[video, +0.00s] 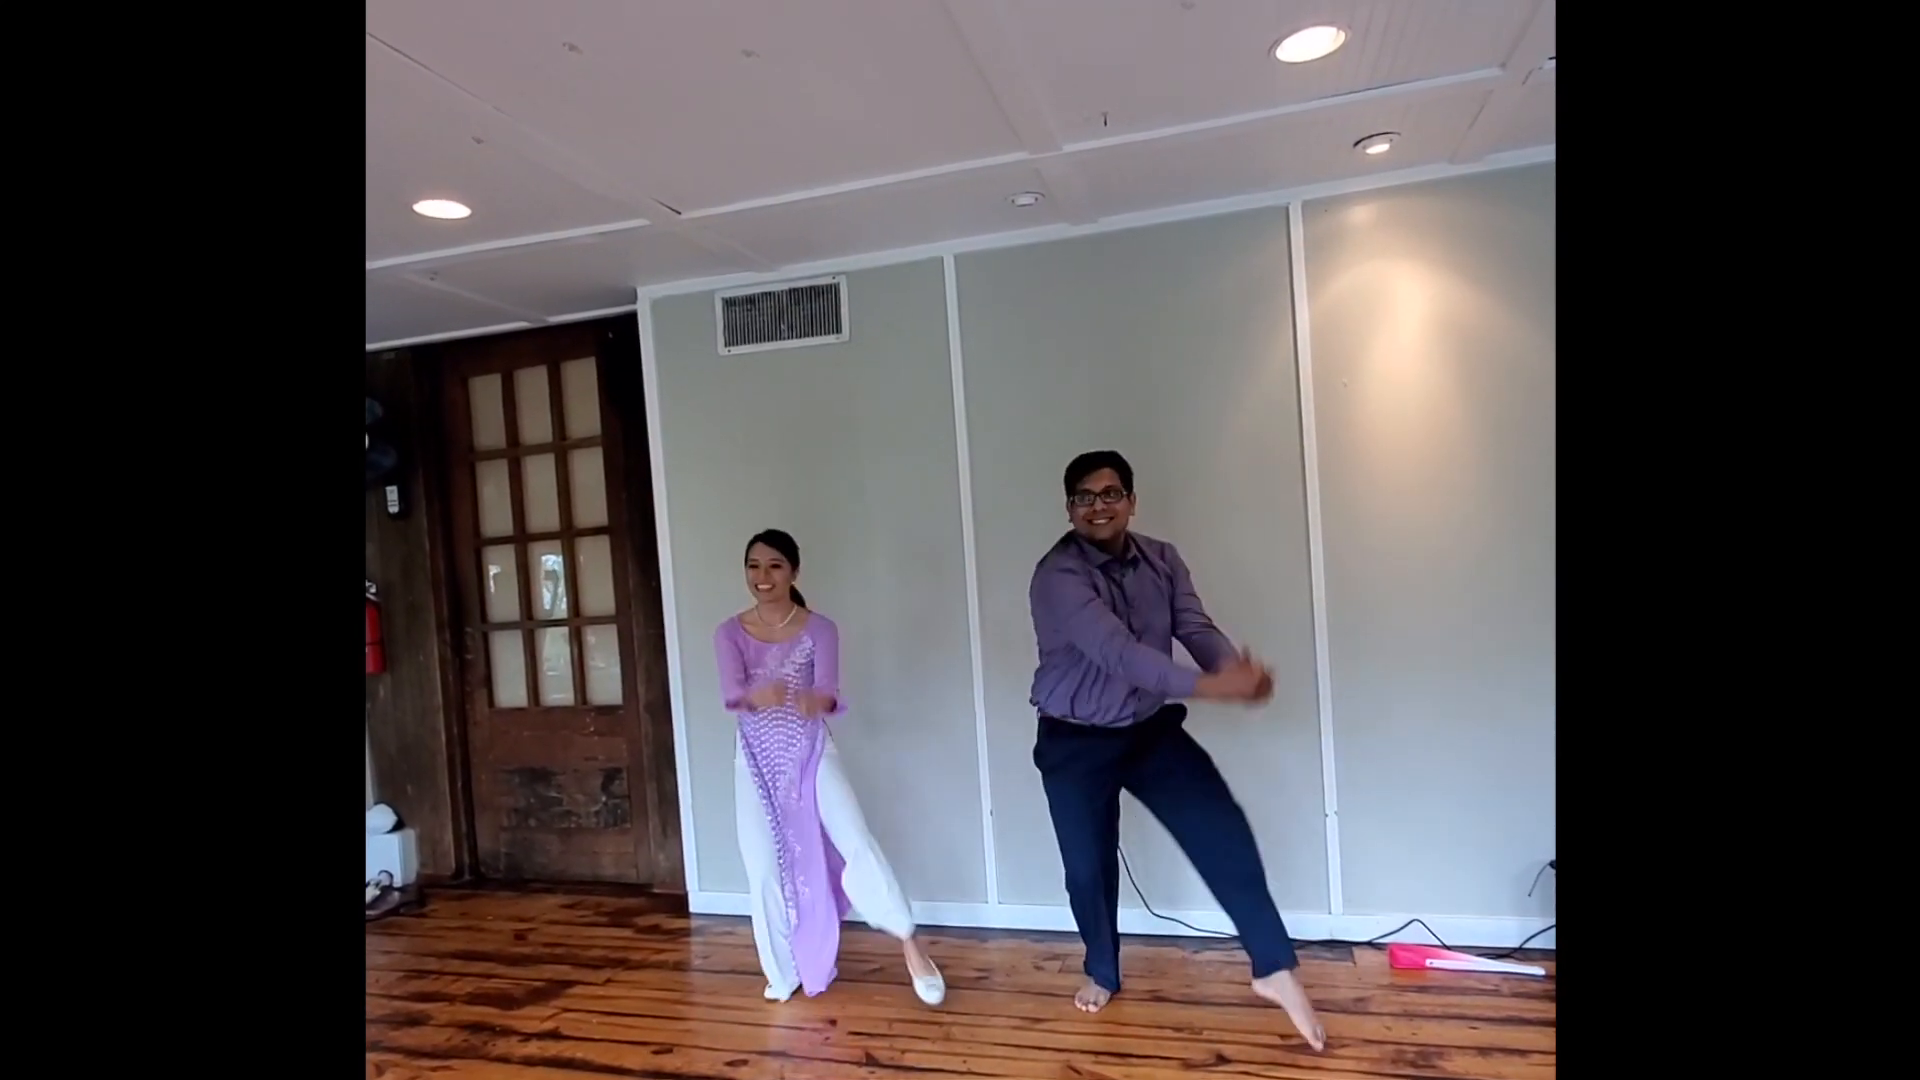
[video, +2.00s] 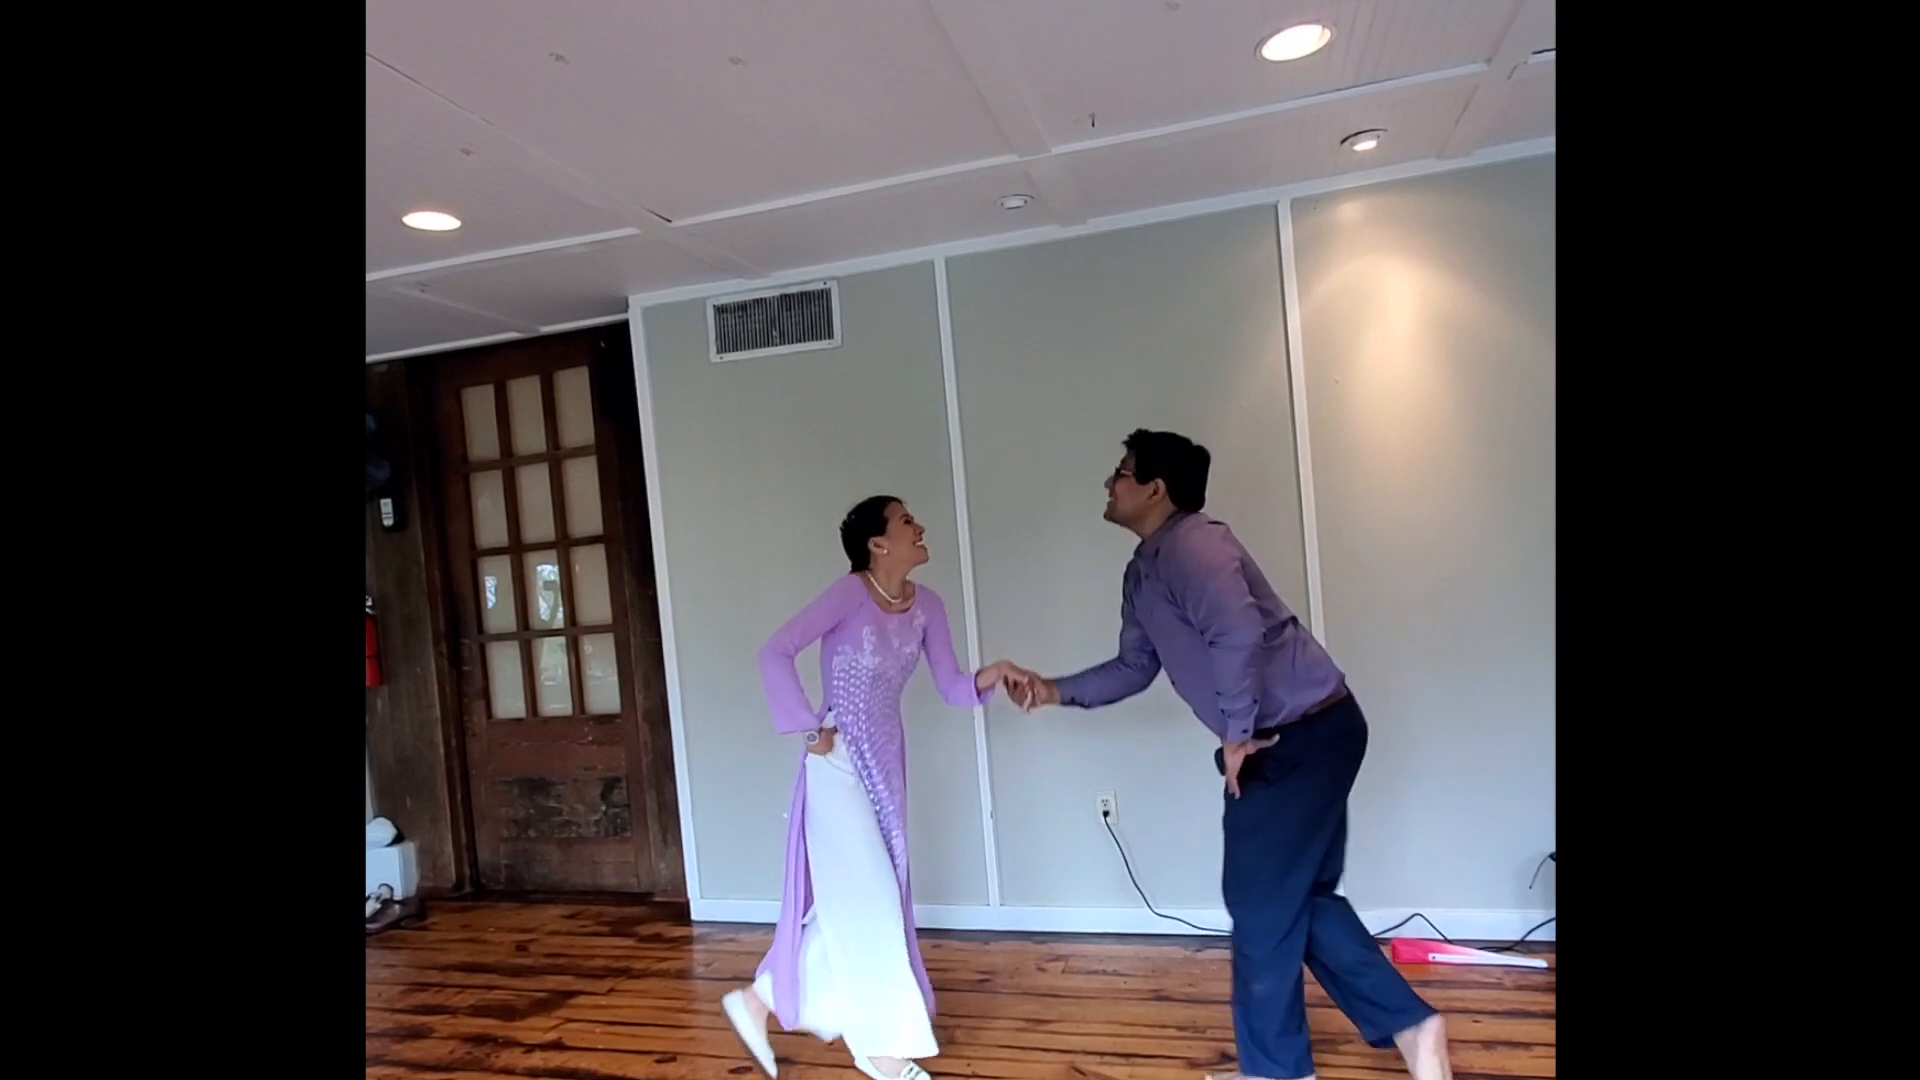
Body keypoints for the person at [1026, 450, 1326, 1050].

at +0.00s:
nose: (1098, 506)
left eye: (1110, 494)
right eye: (1084, 497)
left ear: (1131, 501)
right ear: (1069, 507)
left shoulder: (1161, 559)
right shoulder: (1059, 577)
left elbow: (1194, 628)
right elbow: (1117, 651)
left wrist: (1233, 665)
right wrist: (1207, 685)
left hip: (1153, 729)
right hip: (1076, 740)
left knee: (1222, 831)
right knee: (1088, 868)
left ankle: (1274, 969)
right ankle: (1101, 972)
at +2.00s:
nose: (1109, 482)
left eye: (1121, 474)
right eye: (1116, 472)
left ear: (1155, 489)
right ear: (1151, 489)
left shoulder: (1192, 542)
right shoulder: (1145, 570)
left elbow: (1237, 628)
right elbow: (1134, 666)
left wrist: (1236, 731)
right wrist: (1054, 690)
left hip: (1297, 733)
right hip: (1299, 732)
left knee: (1259, 901)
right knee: (1300, 894)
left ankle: (1274, 1065)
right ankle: (1411, 1023)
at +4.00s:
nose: (1206, 491)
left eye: (1217, 476)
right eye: (1197, 484)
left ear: (1260, 473)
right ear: (1197, 494)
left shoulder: (1322, 521)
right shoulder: (1199, 555)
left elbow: (1356, 581)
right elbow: (1152, 596)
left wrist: (1364, 658)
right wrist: (1103, 597)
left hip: (1305, 725)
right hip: (1226, 732)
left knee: (1313, 850)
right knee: (1252, 859)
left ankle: (1268, 979)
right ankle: (1281, 962)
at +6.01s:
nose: (1124, 473)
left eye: (1136, 462)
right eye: (1115, 467)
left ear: (1171, 472)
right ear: (1108, 483)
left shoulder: (1223, 523)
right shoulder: (1091, 532)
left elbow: (1278, 588)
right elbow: (1019, 502)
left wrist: (1268, 661)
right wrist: (954, 449)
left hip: (1239, 722)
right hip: (1151, 735)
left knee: (1305, 851)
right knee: (1178, 875)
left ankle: (1357, 986)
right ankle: (1205, 986)